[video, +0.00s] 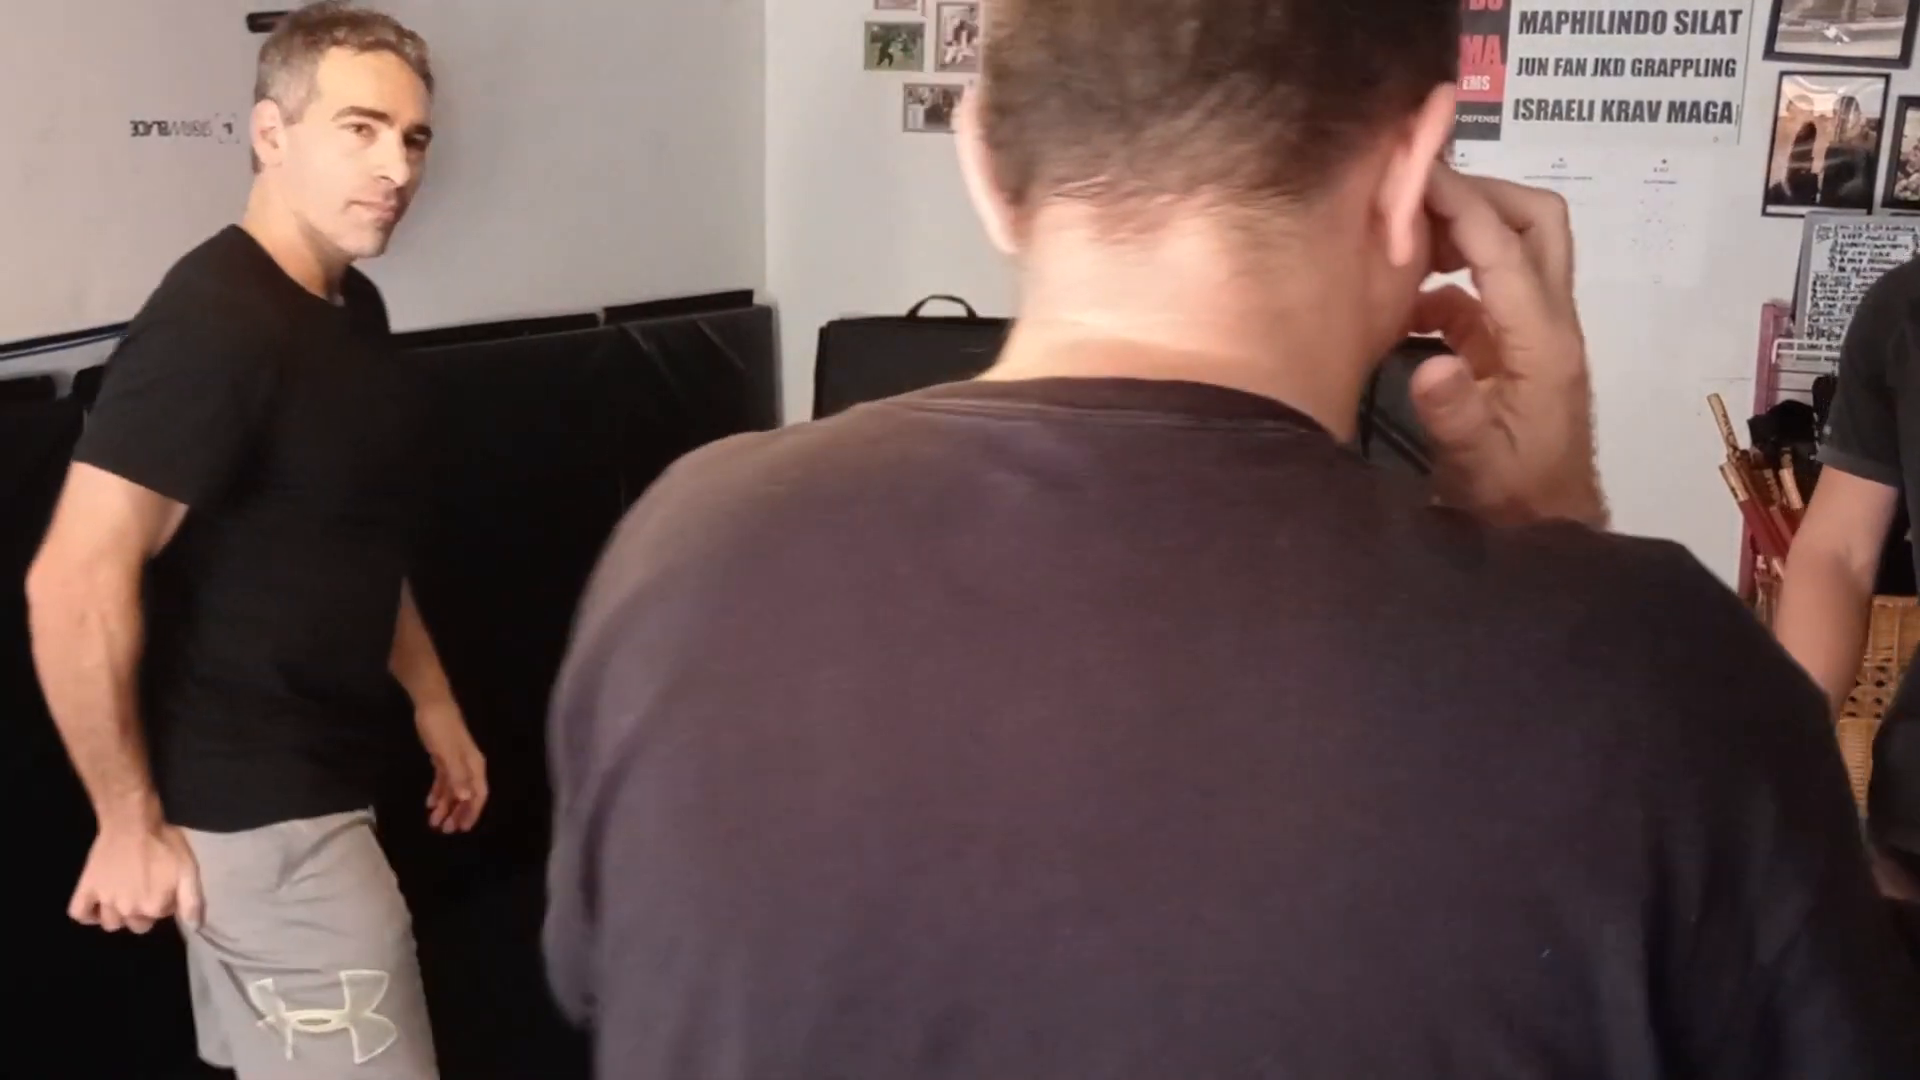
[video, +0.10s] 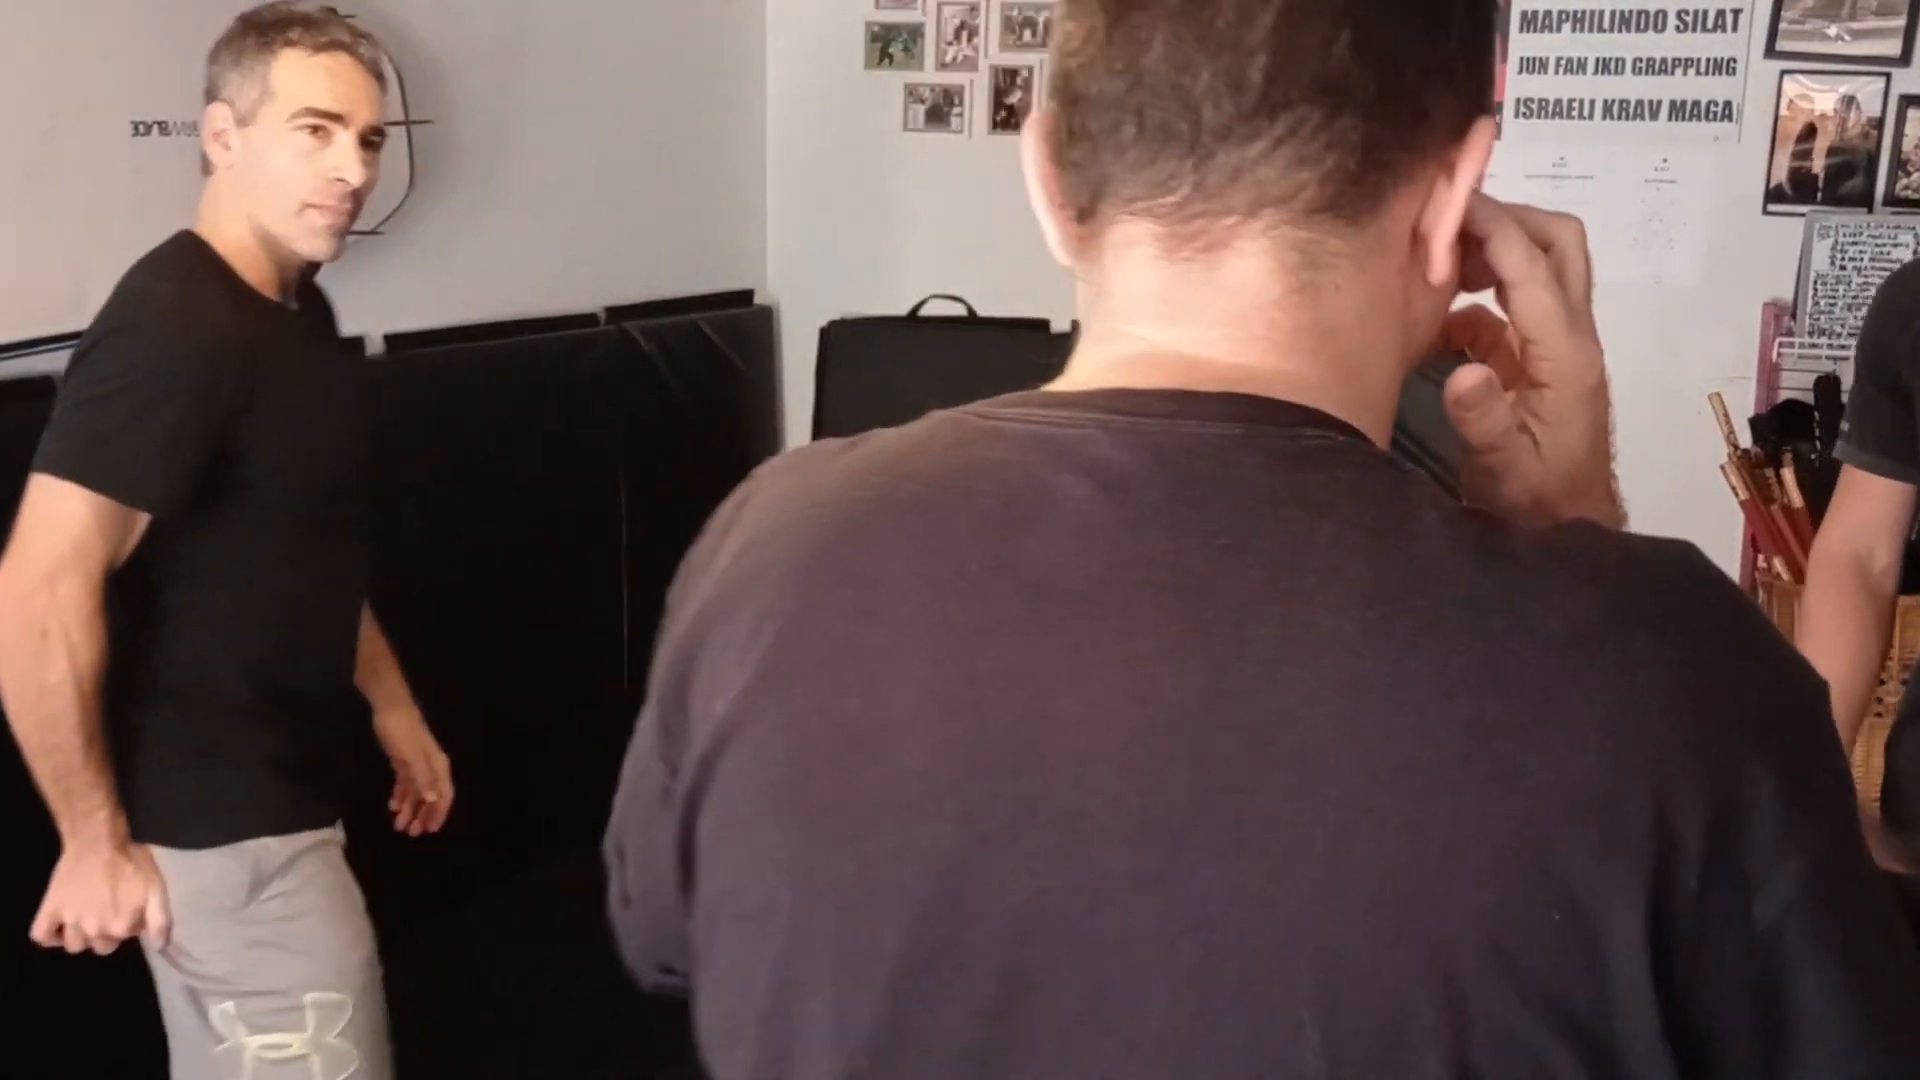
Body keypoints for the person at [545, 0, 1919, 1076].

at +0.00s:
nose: (1449, 208)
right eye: (1456, 142)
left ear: (985, 160)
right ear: (1414, 167)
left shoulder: (671, 556)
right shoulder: (1647, 666)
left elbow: (594, 993)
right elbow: (1817, 1021)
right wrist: (1562, 543)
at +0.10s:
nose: (1488, 203)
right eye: (1496, 145)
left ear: (1046, 174)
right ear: (1455, 178)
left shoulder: (760, 553)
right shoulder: (1661, 661)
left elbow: (656, 935)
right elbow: (1833, 1023)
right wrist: (1579, 550)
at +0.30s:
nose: (1484, 229)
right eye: (1483, 176)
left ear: (1110, 181)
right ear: (1455, 204)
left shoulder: (899, 512)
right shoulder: (1600, 571)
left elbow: (792, 875)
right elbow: (1832, 1020)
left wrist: (838, 923)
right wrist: (1583, 488)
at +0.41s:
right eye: (1492, 179)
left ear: (1149, 180)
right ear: (1465, 192)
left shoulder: (957, 484)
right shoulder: (1585, 524)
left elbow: (842, 838)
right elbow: (1862, 942)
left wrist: (865, 917)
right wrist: (1609, 457)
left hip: (1017, 1050)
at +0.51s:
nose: (1524, 228)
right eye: (1525, 180)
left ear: (1200, 177)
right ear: (1494, 184)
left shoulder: (1017, 461)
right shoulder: (1592, 487)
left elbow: (903, 828)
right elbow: (1870, 937)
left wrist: (919, 907)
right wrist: (1634, 451)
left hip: (1065, 1058)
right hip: (1497, 1055)